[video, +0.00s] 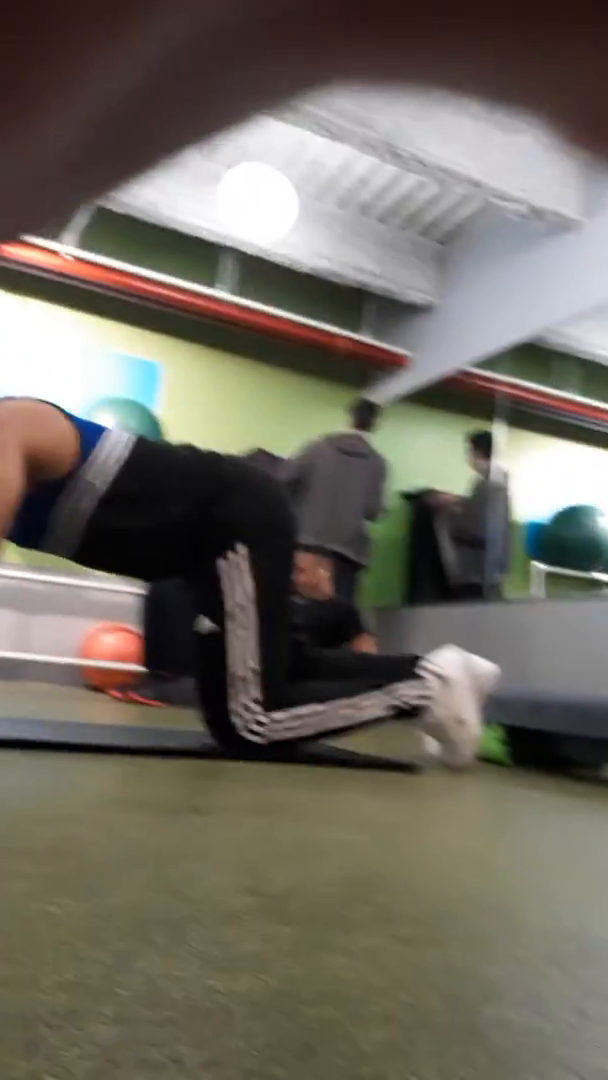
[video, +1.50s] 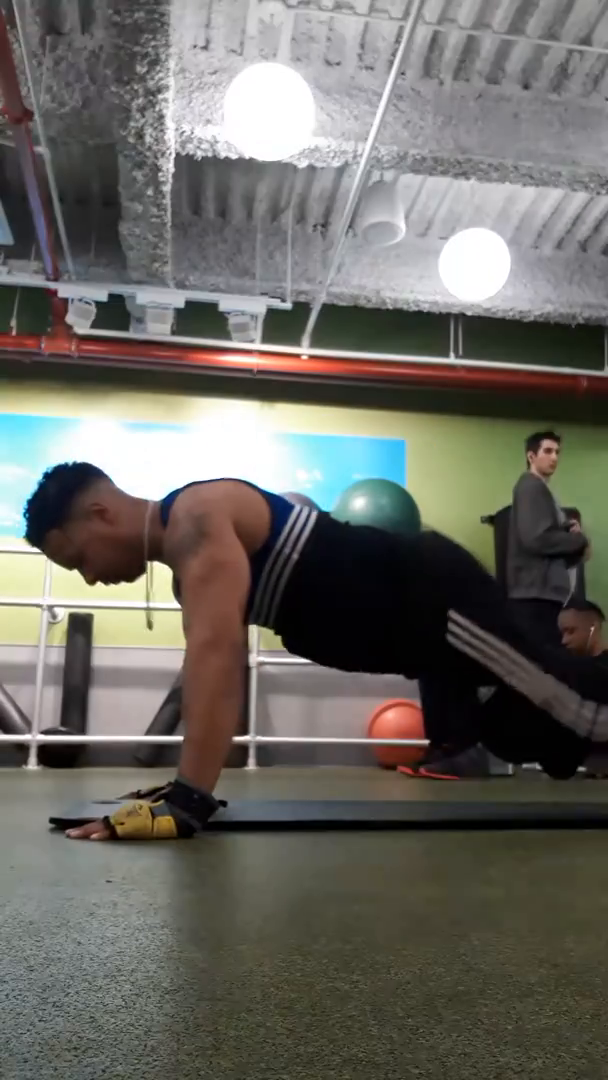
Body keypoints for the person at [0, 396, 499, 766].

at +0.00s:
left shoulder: (17, 427)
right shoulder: (19, 430)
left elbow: (8, 519)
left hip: (233, 520)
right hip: (228, 520)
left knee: (247, 722)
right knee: (272, 681)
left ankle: (425, 687)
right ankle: (436, 676)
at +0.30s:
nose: (14, 510)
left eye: (10, 490)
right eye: (5, 498)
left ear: (43, 450)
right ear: (43, 455)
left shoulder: (123, 477)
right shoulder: (108, 494)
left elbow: (93, 612)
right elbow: (87, 615)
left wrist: (36, 746)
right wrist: (39, 743)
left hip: (352, 567)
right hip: (332, 580)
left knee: (386, 765)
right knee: (369, 756)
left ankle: (567, 725)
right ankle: (555, 723)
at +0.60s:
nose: (117, 550)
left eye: (110, 533)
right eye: (105, 541)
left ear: (144, 489)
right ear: (144, 495)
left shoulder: (225, 507)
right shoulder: (214, 521)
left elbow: (202, 648)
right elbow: (202, 652)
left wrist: (154, 786)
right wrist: (157, 781)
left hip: (465, 585)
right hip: (449, 594)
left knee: (516, 787)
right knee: (500, 779)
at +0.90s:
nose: (131, 560)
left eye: (123, 541)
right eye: (118, 551)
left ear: (155, 497)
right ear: (157, 499)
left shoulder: (234, 510)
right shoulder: (225, 529)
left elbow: (225, 651)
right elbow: (218, 657)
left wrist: (188, 796)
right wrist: (190, 788)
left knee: (542, 791)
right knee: (454, 745)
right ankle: (589, 653)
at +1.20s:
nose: (111, 573)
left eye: (101, 555)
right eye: (97, 565)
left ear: (127, 511)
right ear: (130, 512)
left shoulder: (218, 515)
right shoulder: (210, 529)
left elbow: (220, 659)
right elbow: (219, 662)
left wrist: (189, 797)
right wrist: (190, 790)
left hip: (446, 605)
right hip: (430, 619)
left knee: (544, 789)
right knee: (471, 754)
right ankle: (589, 667)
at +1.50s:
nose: (86, 576)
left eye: (75, 558)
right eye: (72, 568)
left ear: (103, 511)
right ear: (106, 513)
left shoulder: (199, 516)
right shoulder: (191, 536)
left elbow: (218, 660)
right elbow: (217, 666)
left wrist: (189, 796)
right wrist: (188, 793)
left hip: (431, 595)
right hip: (419, 619)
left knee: (582, 722)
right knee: (544, 741)